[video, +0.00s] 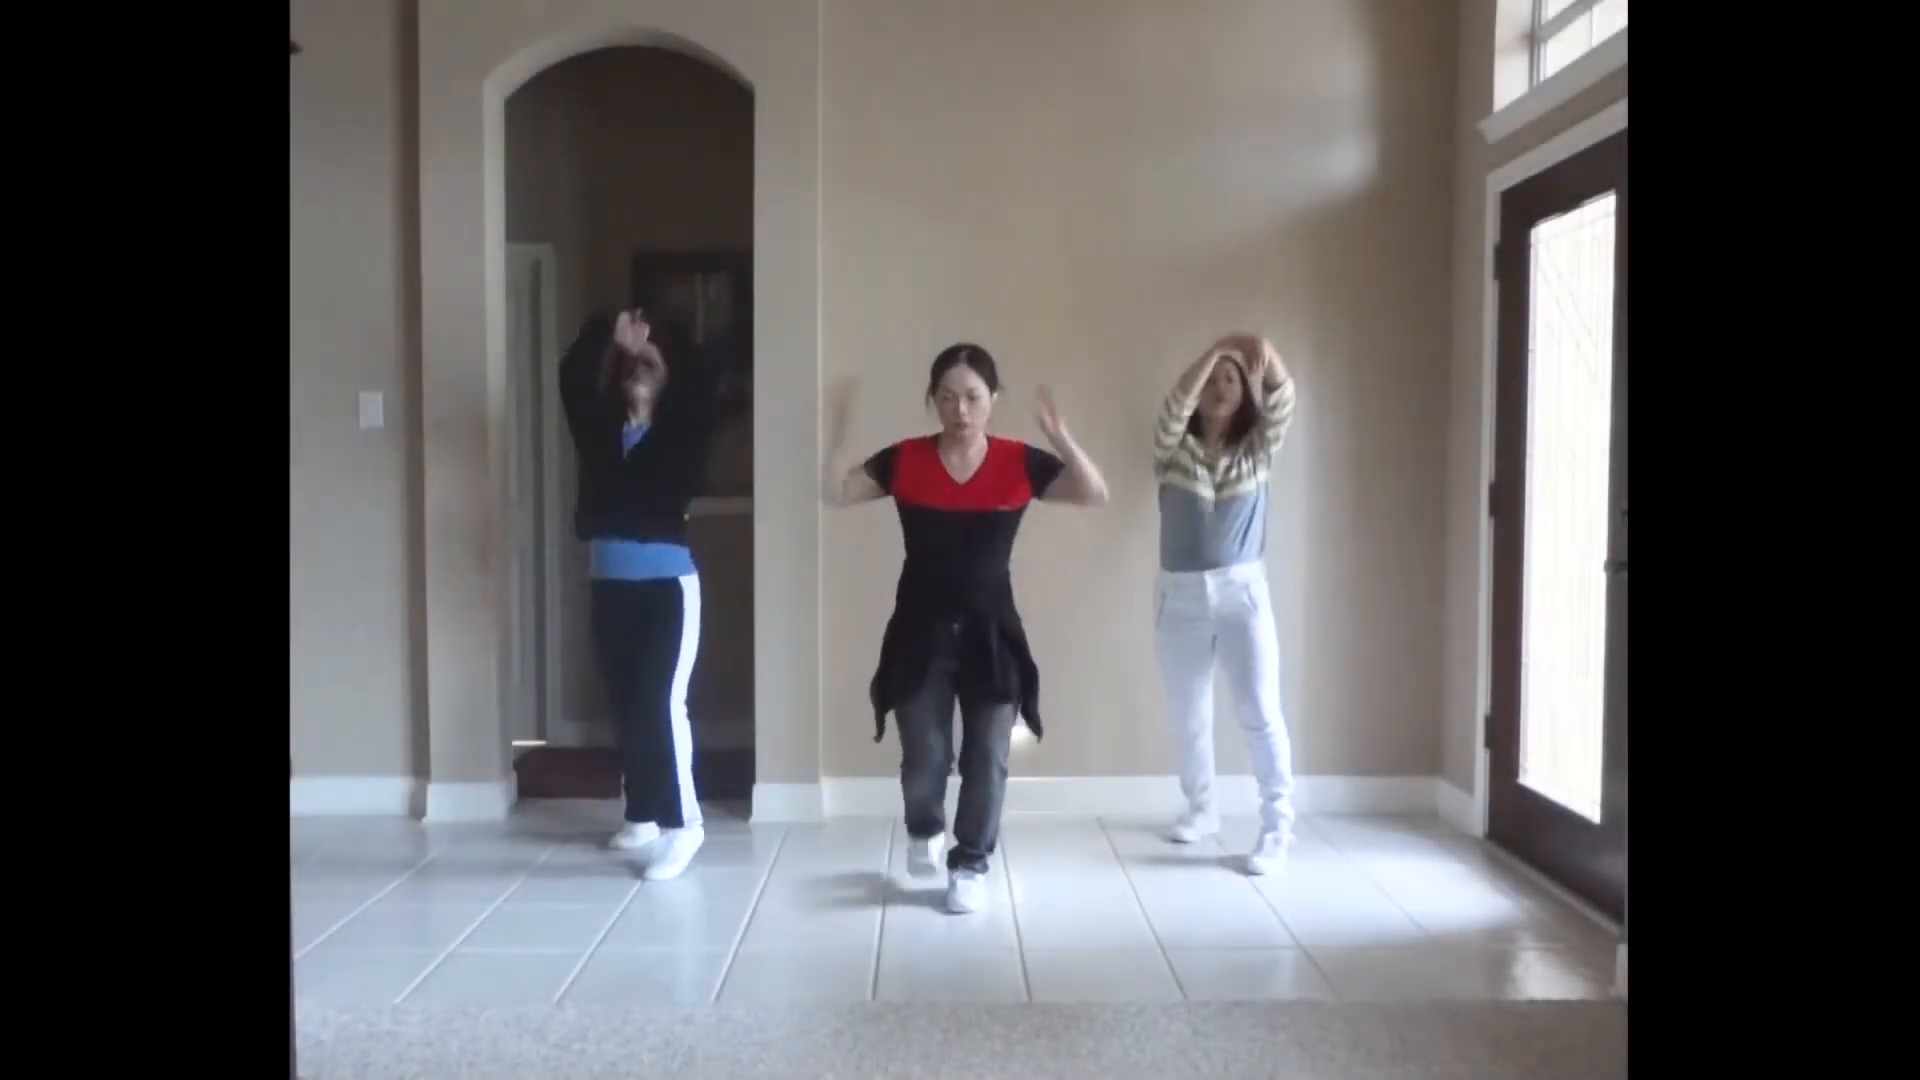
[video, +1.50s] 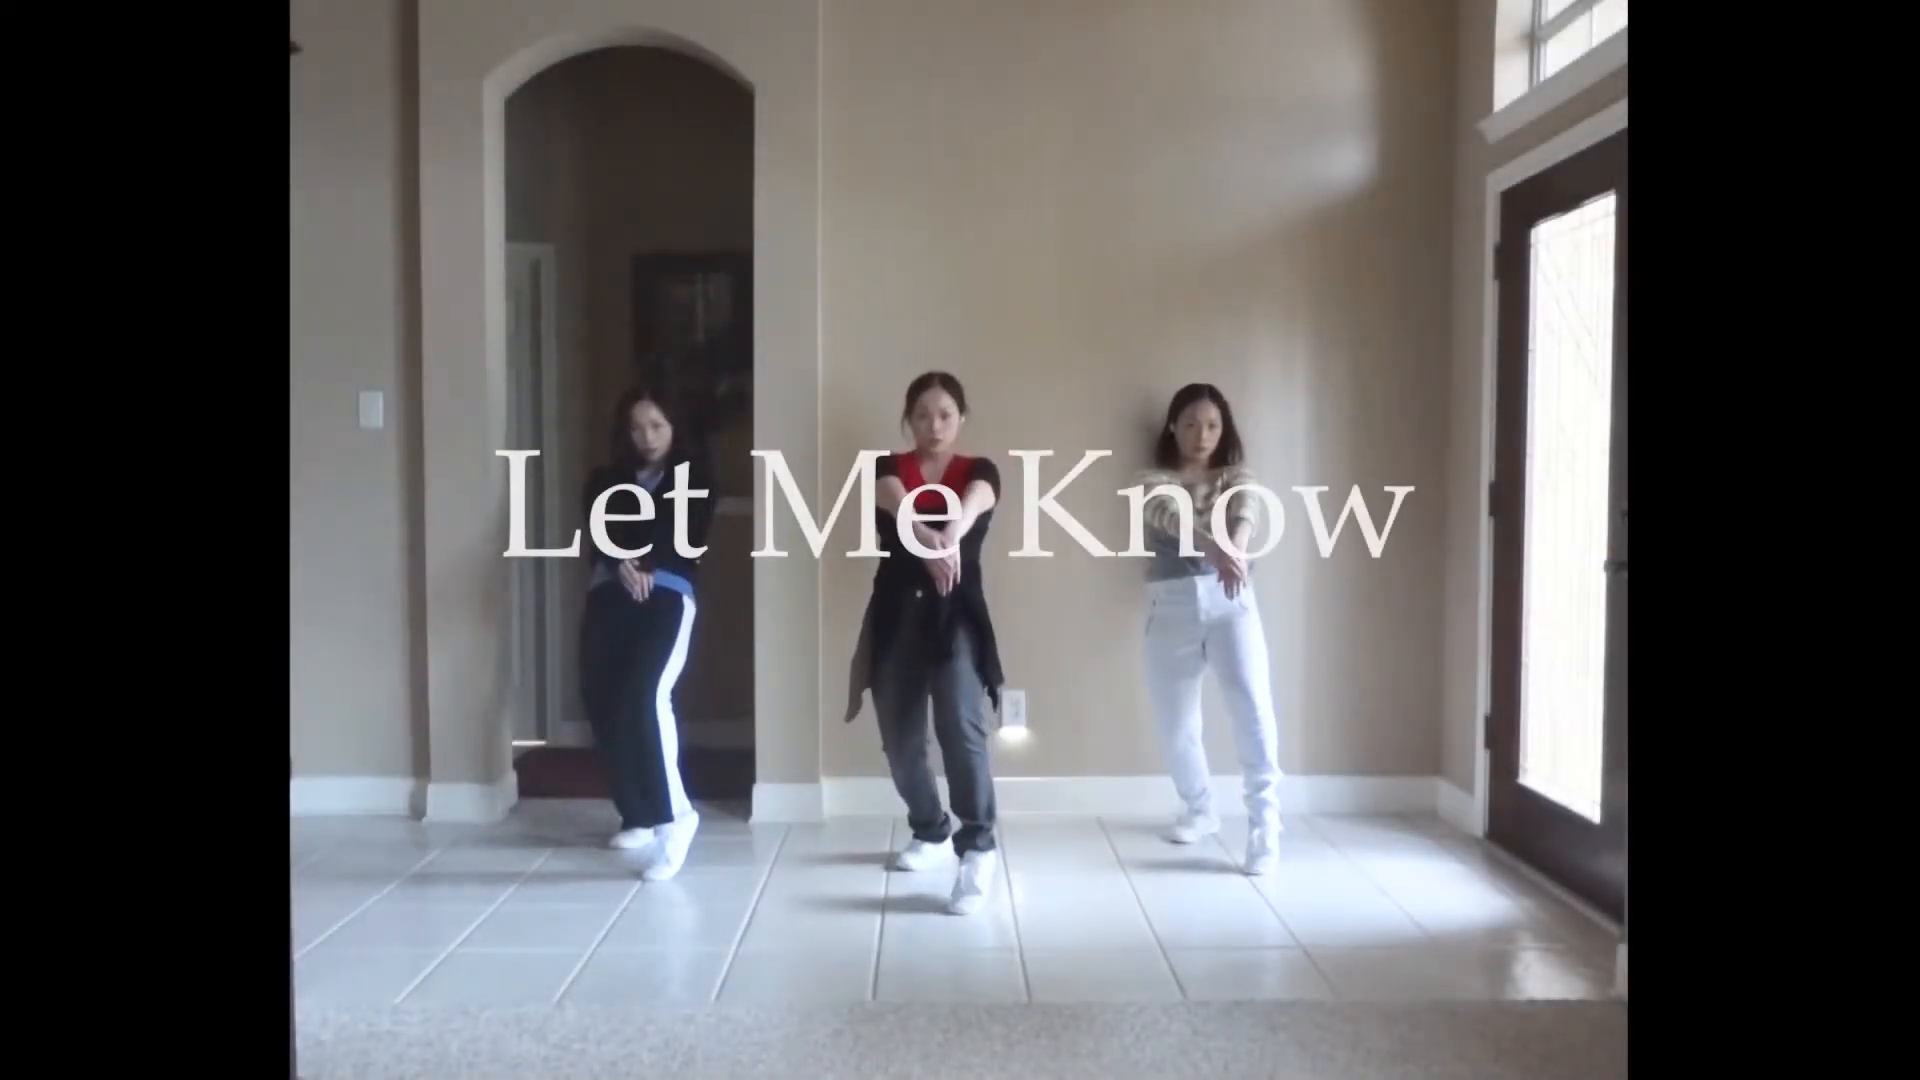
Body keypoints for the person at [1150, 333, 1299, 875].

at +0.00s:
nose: (1219, 387)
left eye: (1232, 380)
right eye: (1212, 378)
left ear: (1247, 396)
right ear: (1196, 389)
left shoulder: (1256, 450)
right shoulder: (1173, 449)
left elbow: (1280, 403)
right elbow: (1175, 408)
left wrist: (1266, 360)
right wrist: (1212, 352)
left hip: (1242, 594)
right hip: (1179, 596)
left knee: (1259, 714)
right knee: (1188, 717)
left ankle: (1276, 826)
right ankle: (1198, 812)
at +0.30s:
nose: (1209, 418)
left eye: (1218, 407)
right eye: (1198, 406)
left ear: (1231, 418)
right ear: (1179, 413)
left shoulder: (1243, 463)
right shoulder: (1158, 461)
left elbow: (1258, 436)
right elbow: (1183, 431)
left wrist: (1233, 409)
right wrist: (1211, 408)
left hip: (1233, 591)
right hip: (1172, 596)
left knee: (1255, 711)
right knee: (1182, 721)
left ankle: (1267, 826)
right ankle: (1199, 808)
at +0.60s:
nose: (1201, 425)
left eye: (1211, 417)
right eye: (1191, 416)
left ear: (1224, 424)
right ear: (1174, 422)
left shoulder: (1239, 468)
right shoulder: (1154, 470)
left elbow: (1244, 476)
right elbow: (1178, 478)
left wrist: (1230, 476)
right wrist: (1209, 474)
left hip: (1228, 596)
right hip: (1169, 600)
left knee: (1251, 712)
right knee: (1177, 726)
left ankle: (1264, 826)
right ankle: (1199, 809)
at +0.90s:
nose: (1199, 432)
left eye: (1209, 423)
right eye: (1189, 422)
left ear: (1222, 430)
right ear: (1172, 427)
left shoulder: (1235, 481)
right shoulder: (1153, 480)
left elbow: (1244, 544)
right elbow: (1145, 537)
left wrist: (1235, 524)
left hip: (1226, 598)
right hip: (1168, 602)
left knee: (1251, 711)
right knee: (1175, 724)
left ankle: (1264, 823)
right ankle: (1199, 808)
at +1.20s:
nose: (1199, 433)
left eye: (1210, 424)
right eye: (1190, 423)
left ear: (1222, 431)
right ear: (1172, 429)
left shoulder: (1234, 484)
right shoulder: (1152, 484)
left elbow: (1241, 542)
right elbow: (1150, 537)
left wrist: (1222, 519)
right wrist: (1211, 531)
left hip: (1227, 601)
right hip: (1168, 607)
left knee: (1252, 713)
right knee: (1176, 728)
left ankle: (1263, 825)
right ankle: (1199, 809)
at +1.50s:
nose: (1200, 433)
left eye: (1210, 424)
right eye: (1190, 423)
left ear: (1223, 431)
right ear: (1173, 429)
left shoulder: (1236, 483)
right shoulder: (1154, 484)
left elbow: (1240, 525)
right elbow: (1167, 523)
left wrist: (1230, 553)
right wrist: (1212, 549)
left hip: (1229, 602)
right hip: (1170, 606)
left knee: (1253, 712)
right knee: (1176, 727)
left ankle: (1264, 824)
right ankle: (1199, 809)